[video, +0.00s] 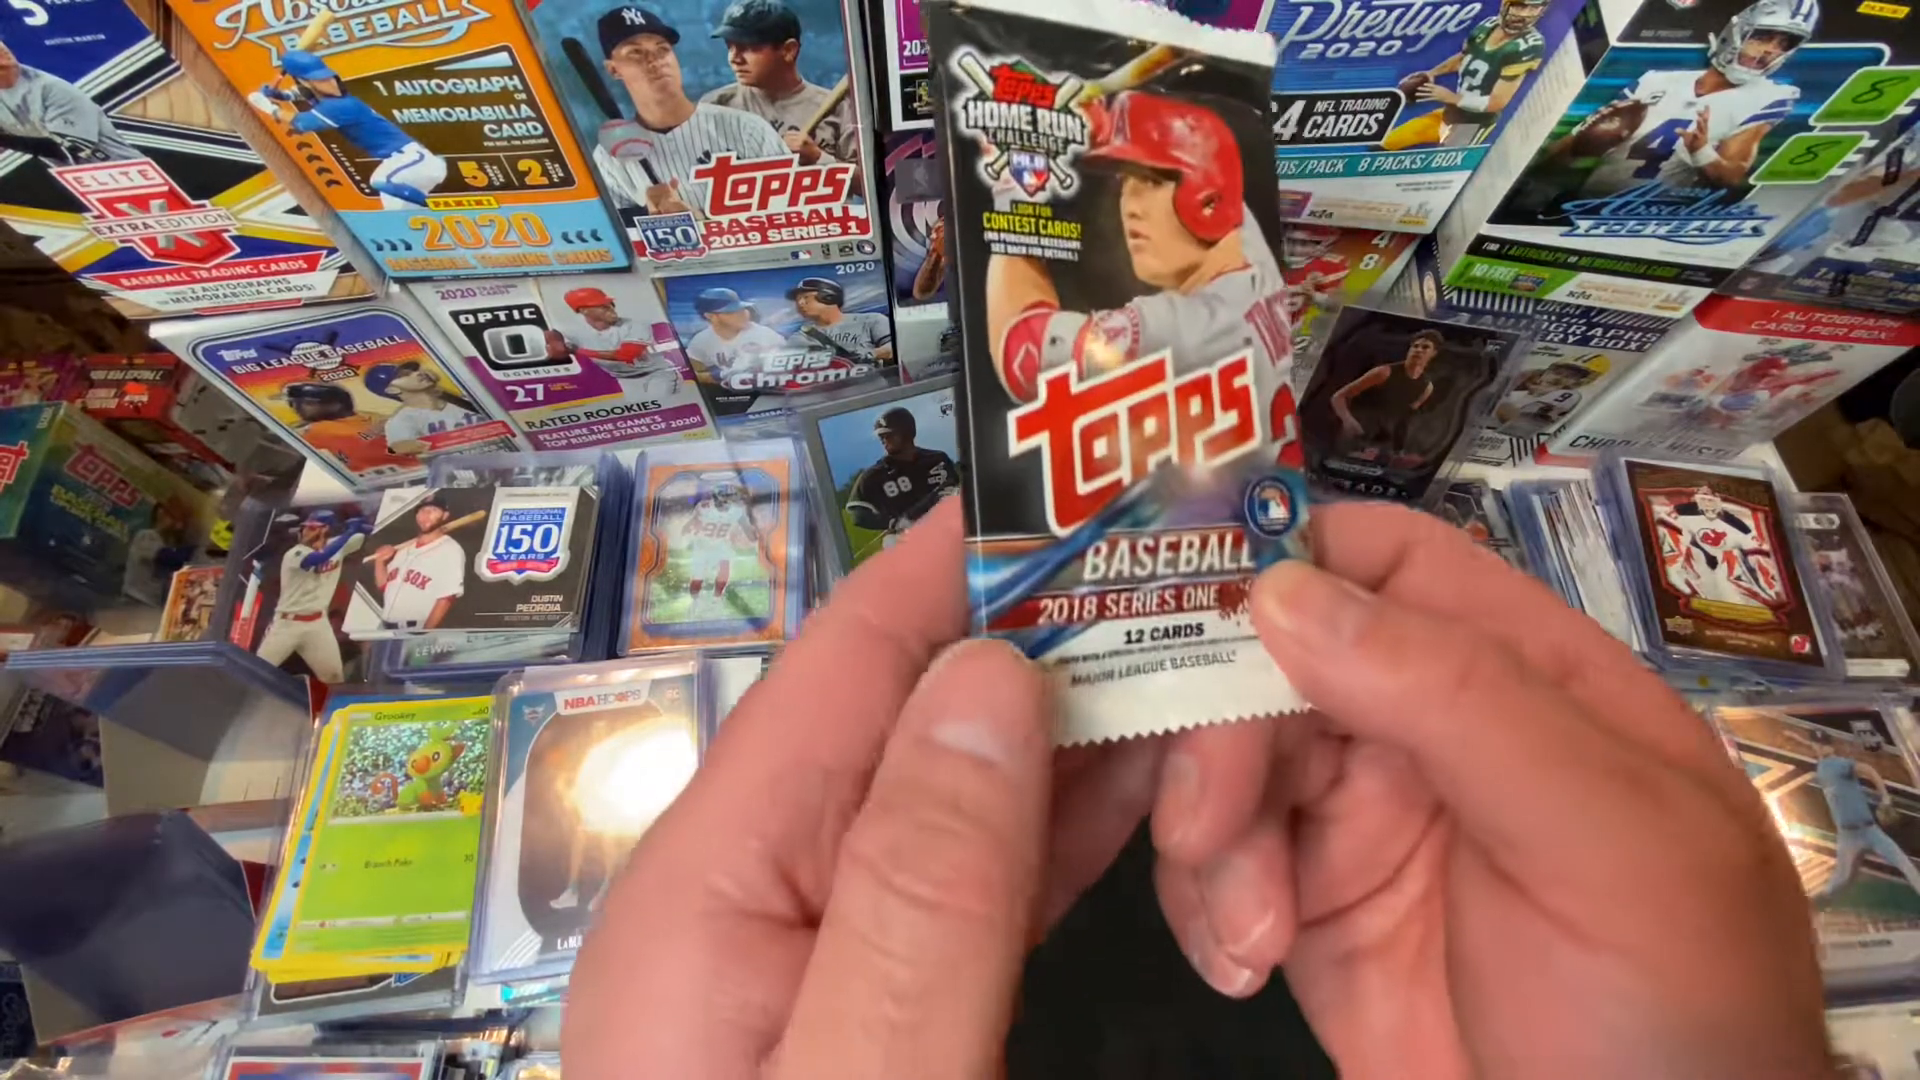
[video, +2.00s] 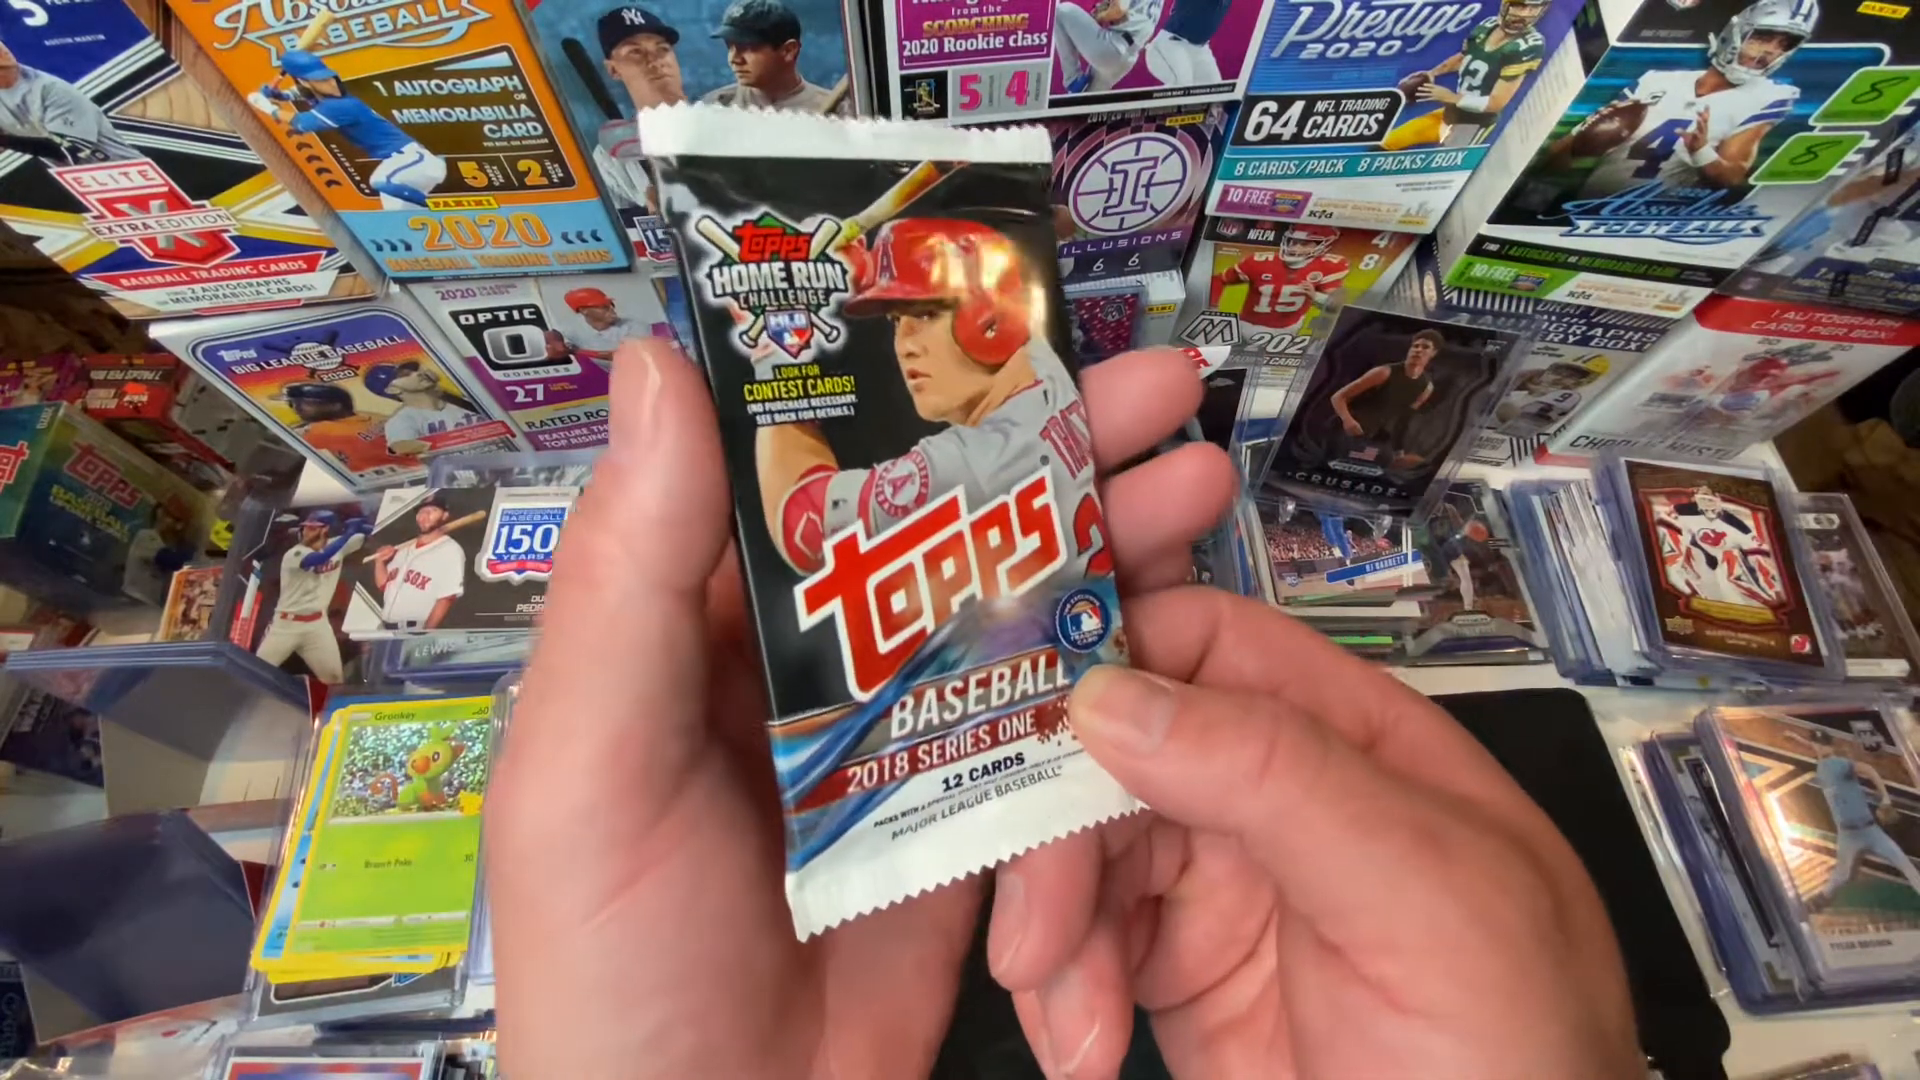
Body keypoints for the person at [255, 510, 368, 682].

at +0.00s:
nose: (303, 532)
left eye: (309, 528)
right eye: (304, 527)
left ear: (324, 530)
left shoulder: (336, 549)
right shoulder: (294, 554)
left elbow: (367, 532)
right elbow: (318, 560)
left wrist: (357, 524)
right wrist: (348, 535)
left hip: (317, 625)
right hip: (285, 624)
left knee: (334, 678)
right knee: (259, 670)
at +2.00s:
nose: (305, 532)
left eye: (311, 528)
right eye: (304, 527)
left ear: (324, 530)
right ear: (302, 529)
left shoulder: (337, 548)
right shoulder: (293, 554)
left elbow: (368, 533)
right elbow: (319, 560)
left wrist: (358, 525)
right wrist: (346, 537)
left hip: (317, 626)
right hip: (284, 625)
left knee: (334, 679)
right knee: (257, 671)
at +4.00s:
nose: (303, 531)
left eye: (309, 528)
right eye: (304, 527)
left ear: (323, 531)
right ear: (303, 529)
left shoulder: (337, 548)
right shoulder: (294, 554)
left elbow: (368, 532)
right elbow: (320, 559)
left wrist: (357, 524)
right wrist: (348, 534)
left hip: (317, 625)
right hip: (285, 624)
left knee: (334, 677)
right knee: (258, 670)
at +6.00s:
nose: (303, 532)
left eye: (309, 528)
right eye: (304, 528)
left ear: (324, 531)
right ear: (303, 530)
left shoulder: (336, 549)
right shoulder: (293, 554)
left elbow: (365, 532)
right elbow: (318, 560)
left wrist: (353, 523)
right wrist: (346, 536)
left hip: (317, 625)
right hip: (284, 624)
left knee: (334, 680)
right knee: (258, 671)